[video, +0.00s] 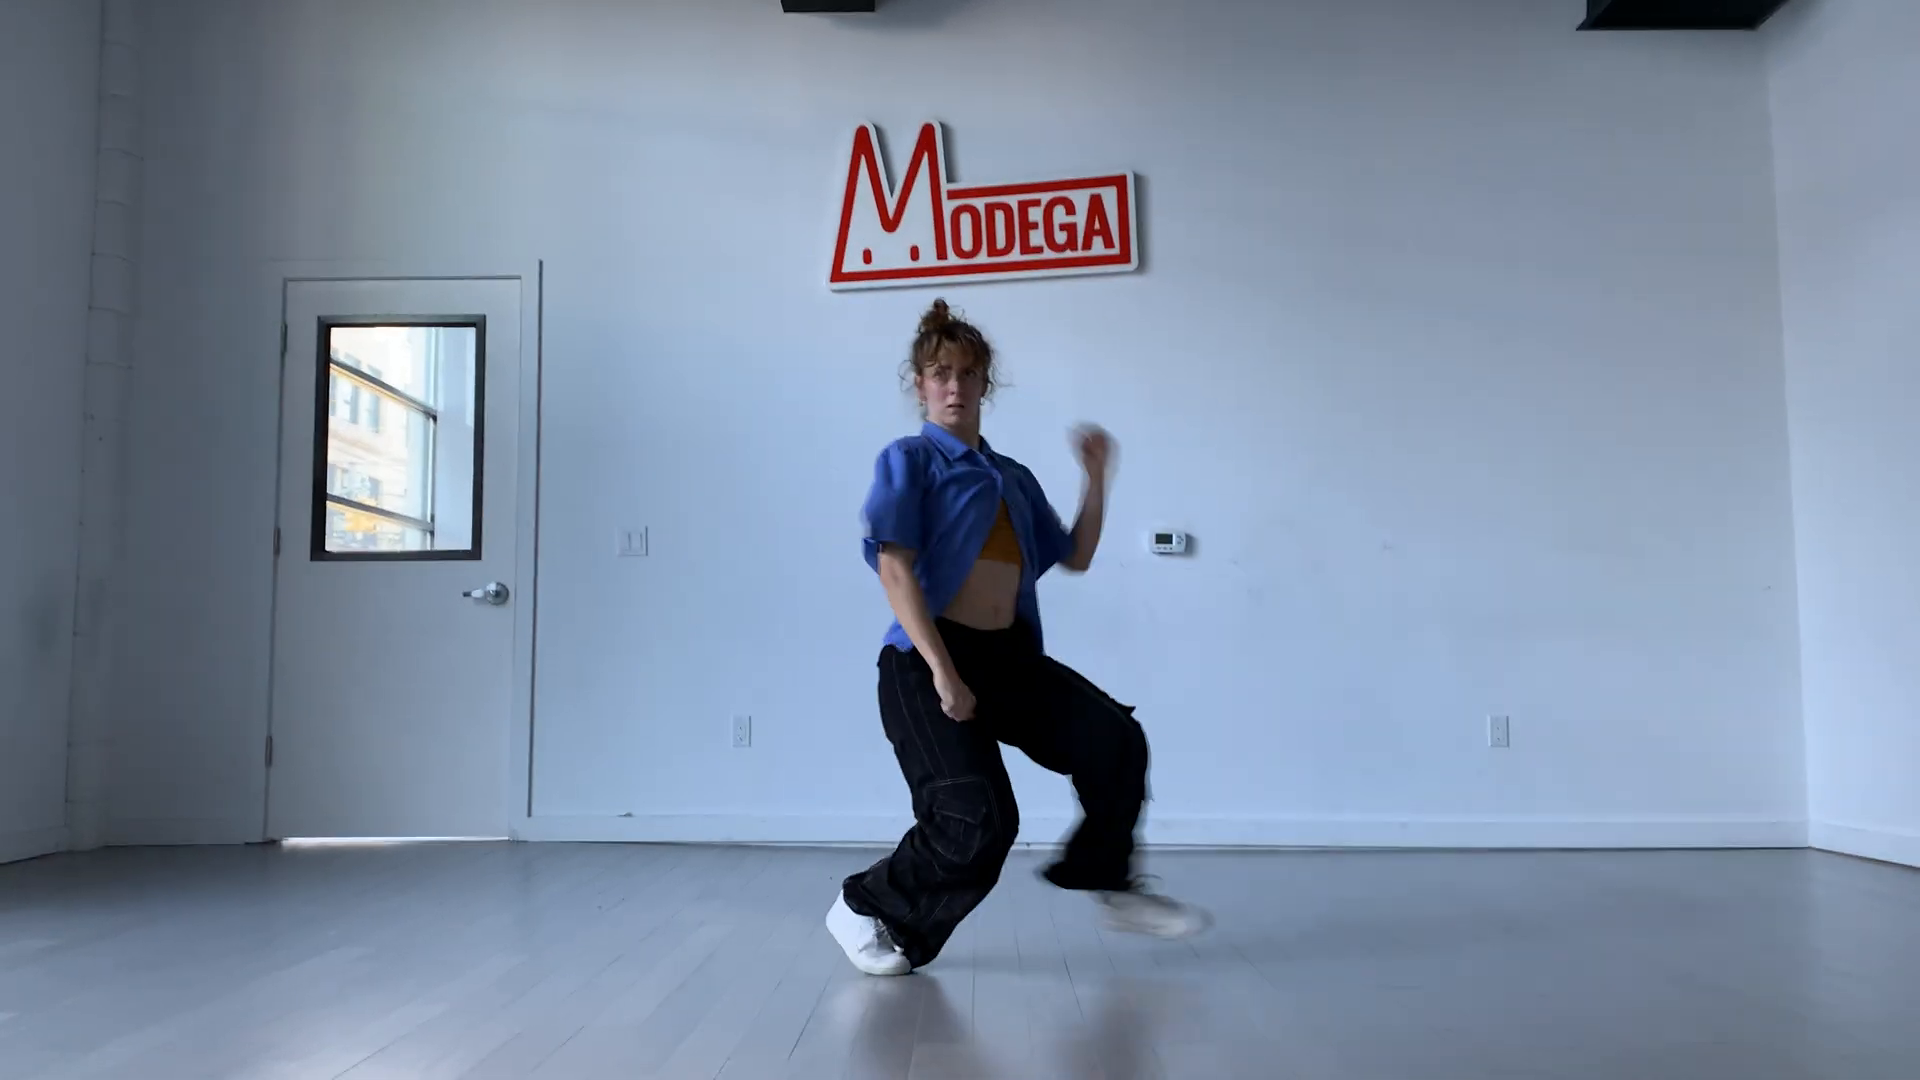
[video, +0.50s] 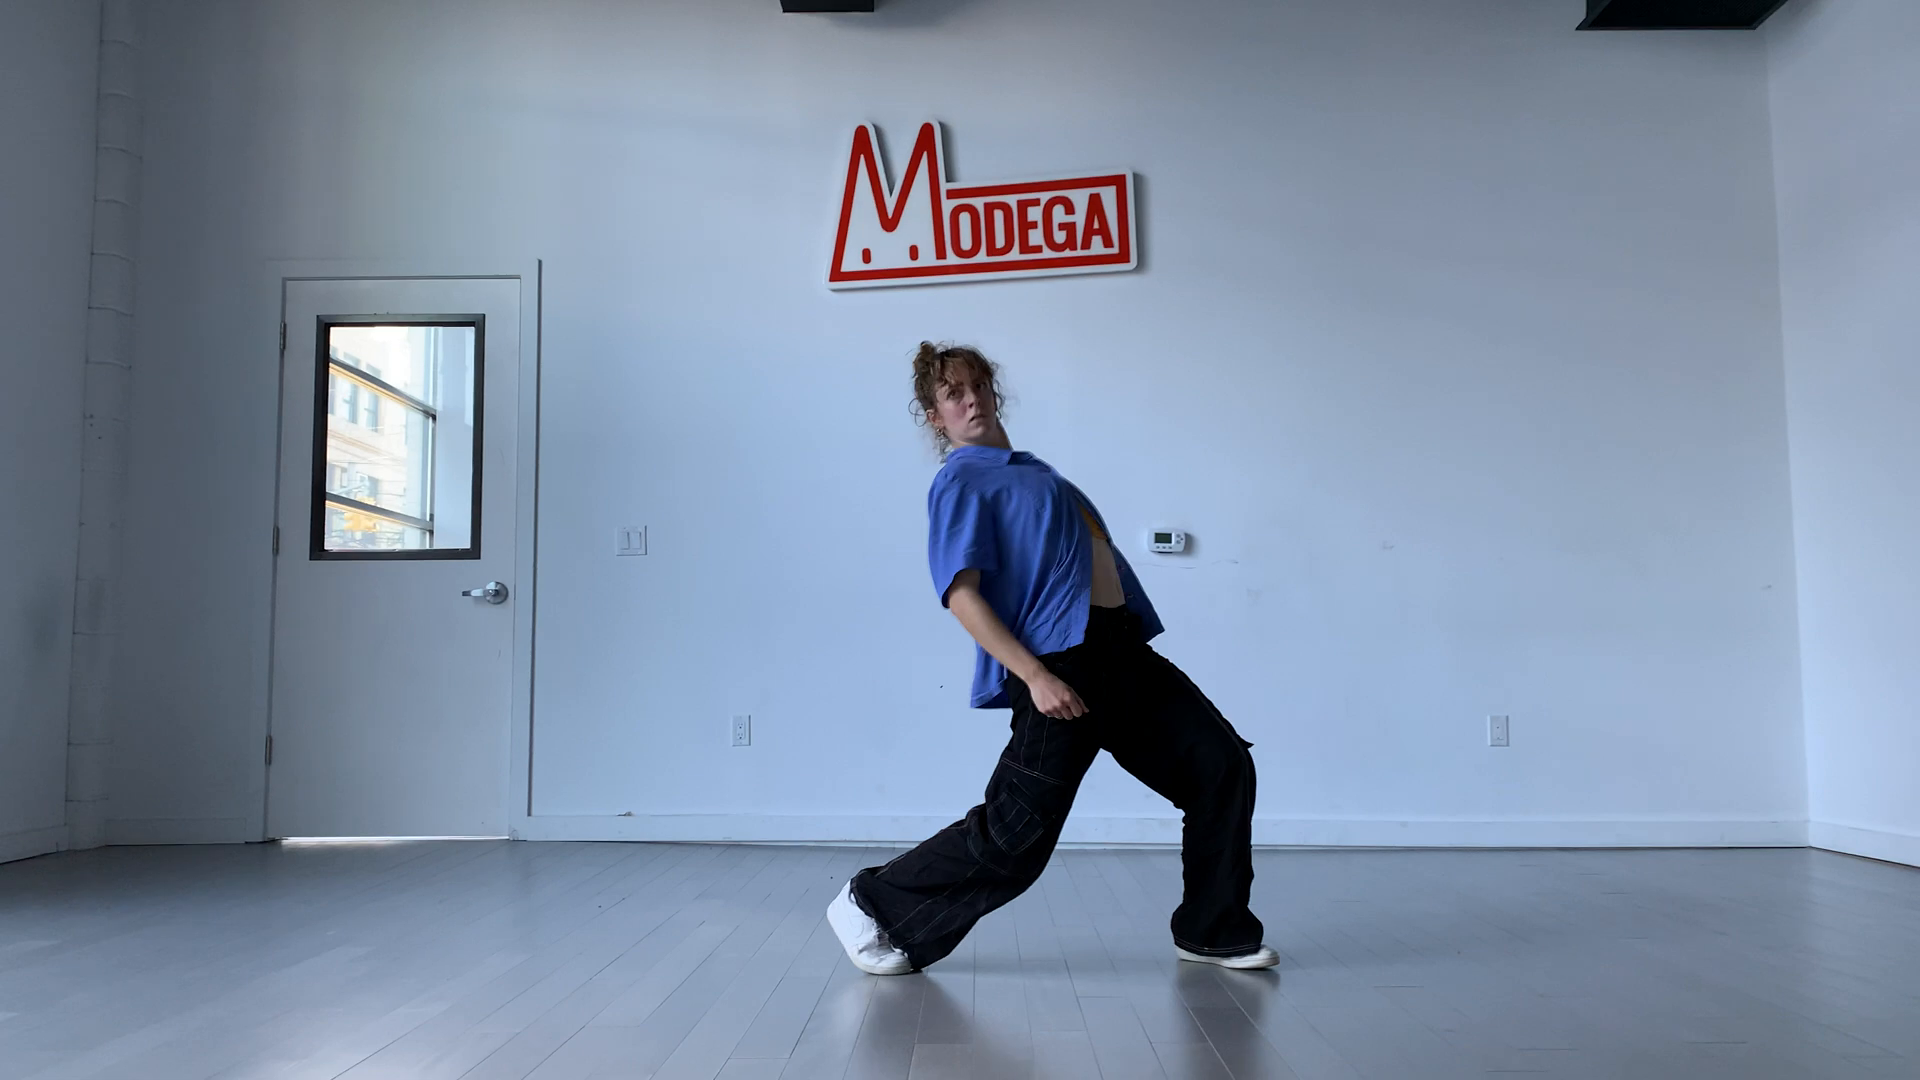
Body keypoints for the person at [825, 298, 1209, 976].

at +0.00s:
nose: (954, 386)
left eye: (966, 373)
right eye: (940, 374)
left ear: (984, 383)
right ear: (920, 385)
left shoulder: (1013, 477)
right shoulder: (908, 461)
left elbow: (1075, 555)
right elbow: (894, 572)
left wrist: (1096, 479)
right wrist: (944, 672)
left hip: (1008, 664)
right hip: (929, 667)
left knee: (1116, 744)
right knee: (978, 818)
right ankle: (868, 909)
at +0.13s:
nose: (969, 397)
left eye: (982, 383)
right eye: (953, 386)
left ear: (1000, 393)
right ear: (933, 401)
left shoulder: (1027, 486)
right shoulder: (932, 478)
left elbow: (1056, 589)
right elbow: (919, 595)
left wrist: (1129, 654)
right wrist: (959, 694)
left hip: (1040, 666)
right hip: (969, 675)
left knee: (1163, 765)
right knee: (989, 830)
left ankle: (1201, 927)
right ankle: (868, 908)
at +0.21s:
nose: (980, 404)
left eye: (991, 390)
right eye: (964, 392)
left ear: (1008, 400)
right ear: (942, 404)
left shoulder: (1032, 490)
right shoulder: (935, 489)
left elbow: (1053, 589)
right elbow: (913, 602)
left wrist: (1089, 652)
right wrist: (976, 687)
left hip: (1071, 650)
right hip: (1004, 665)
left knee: (1195, 760)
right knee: (1012, 827)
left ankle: (1213, 927)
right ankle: (880, 902)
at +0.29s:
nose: (978, 414)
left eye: (990, 400)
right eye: (962, 401)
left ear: (1005, 409)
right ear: (939, 412)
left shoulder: (1015, 491)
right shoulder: (930, 493)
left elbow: (1045, 587)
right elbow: (923, 609)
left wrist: (1104, 646)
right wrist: (991, 688)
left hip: (1100, 654)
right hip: (1033, 672)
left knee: (1212, 767)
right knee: (1014, 853)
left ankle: (1215, 929)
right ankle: (875, 901)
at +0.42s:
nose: (972, 410)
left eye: (982, 397)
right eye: (956, 400)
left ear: (997, 406)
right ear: (934, 415)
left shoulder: (1017, 481)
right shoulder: (944, 487)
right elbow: (944, 602)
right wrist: (1020, 679)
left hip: (1119, 650)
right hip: (1055, 665)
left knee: (1219, 770)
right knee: (1016, 846)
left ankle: (1214, 929)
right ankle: (876, 902)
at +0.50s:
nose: (974, 398)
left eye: (980, 386)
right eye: (955, 393)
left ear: (996, 397)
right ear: (934, 417)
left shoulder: (1034, 472)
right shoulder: (959, 477)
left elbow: (1085, 552)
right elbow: (959, 594)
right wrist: (1034, 673)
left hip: (1121, 650)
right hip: (1061, 663)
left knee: (1224, 767)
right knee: (1011, 840)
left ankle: (1213, 928)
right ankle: (872, 904)